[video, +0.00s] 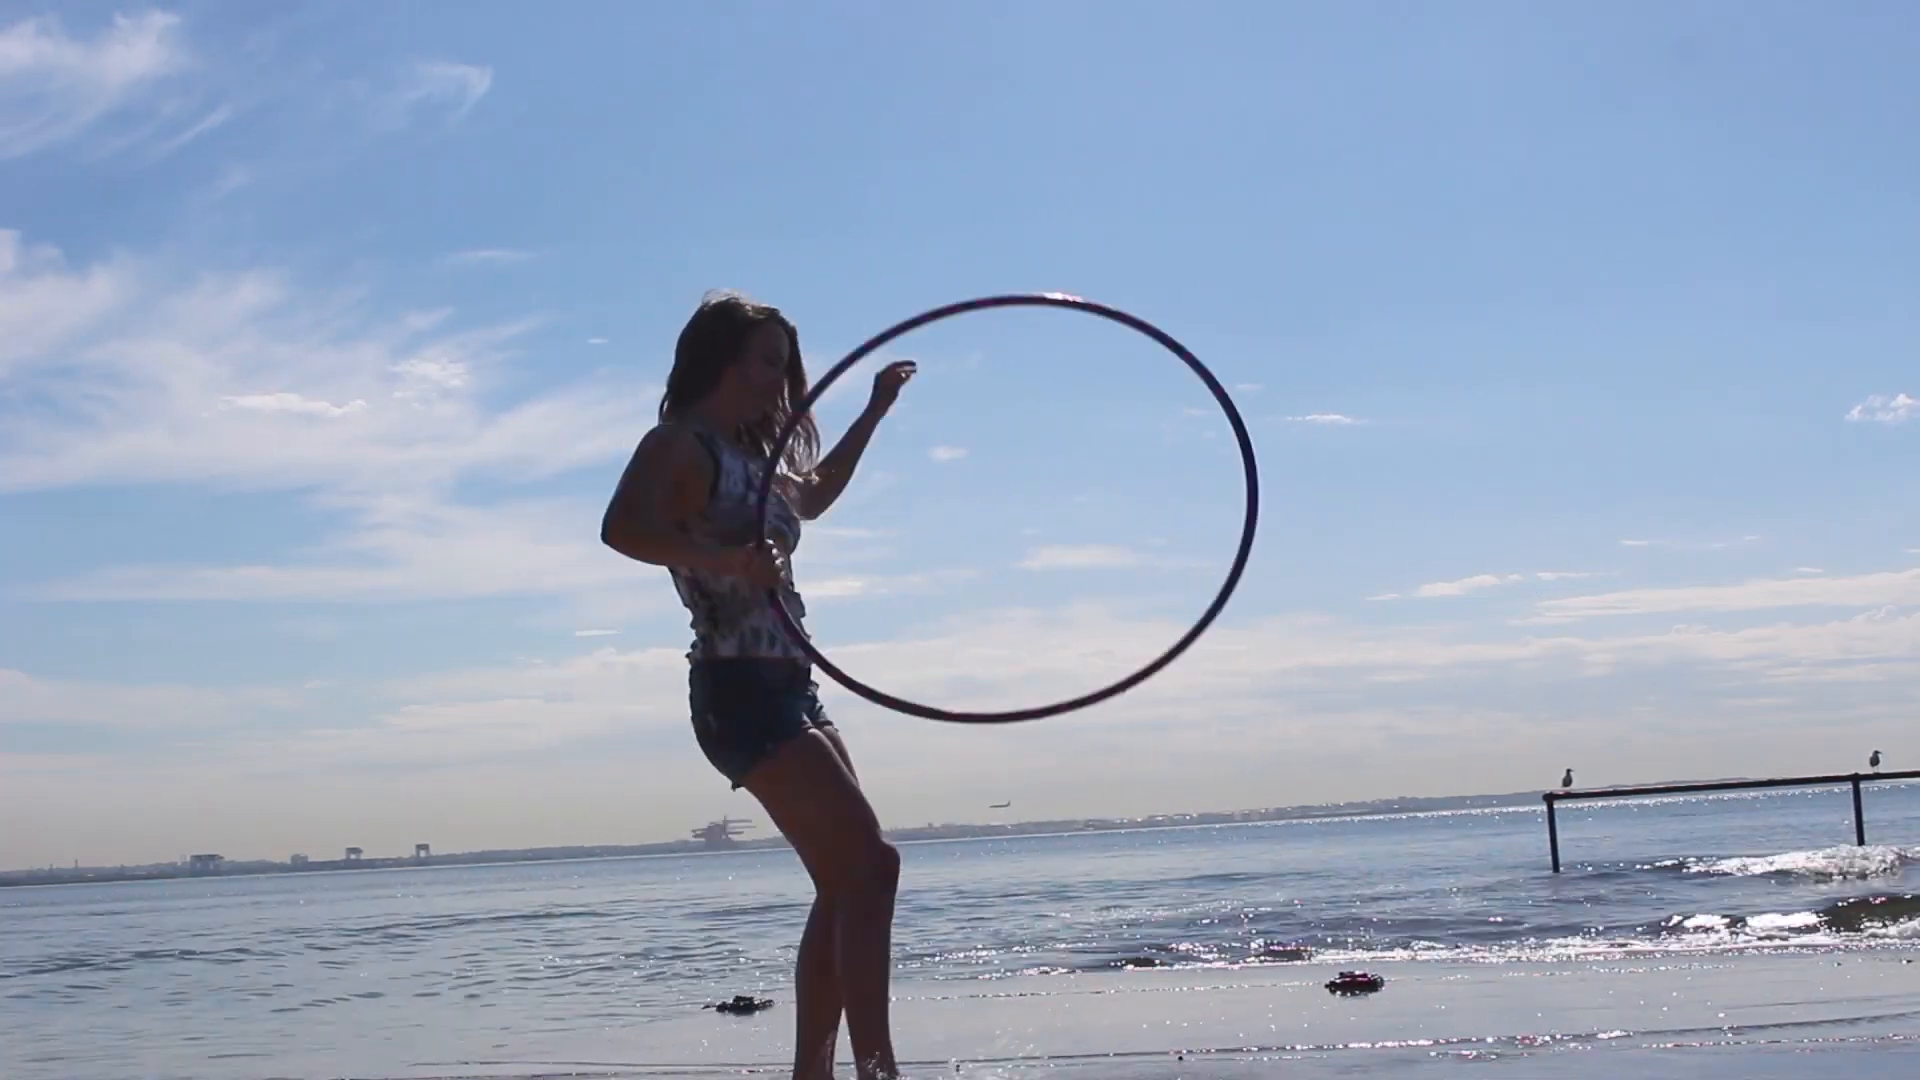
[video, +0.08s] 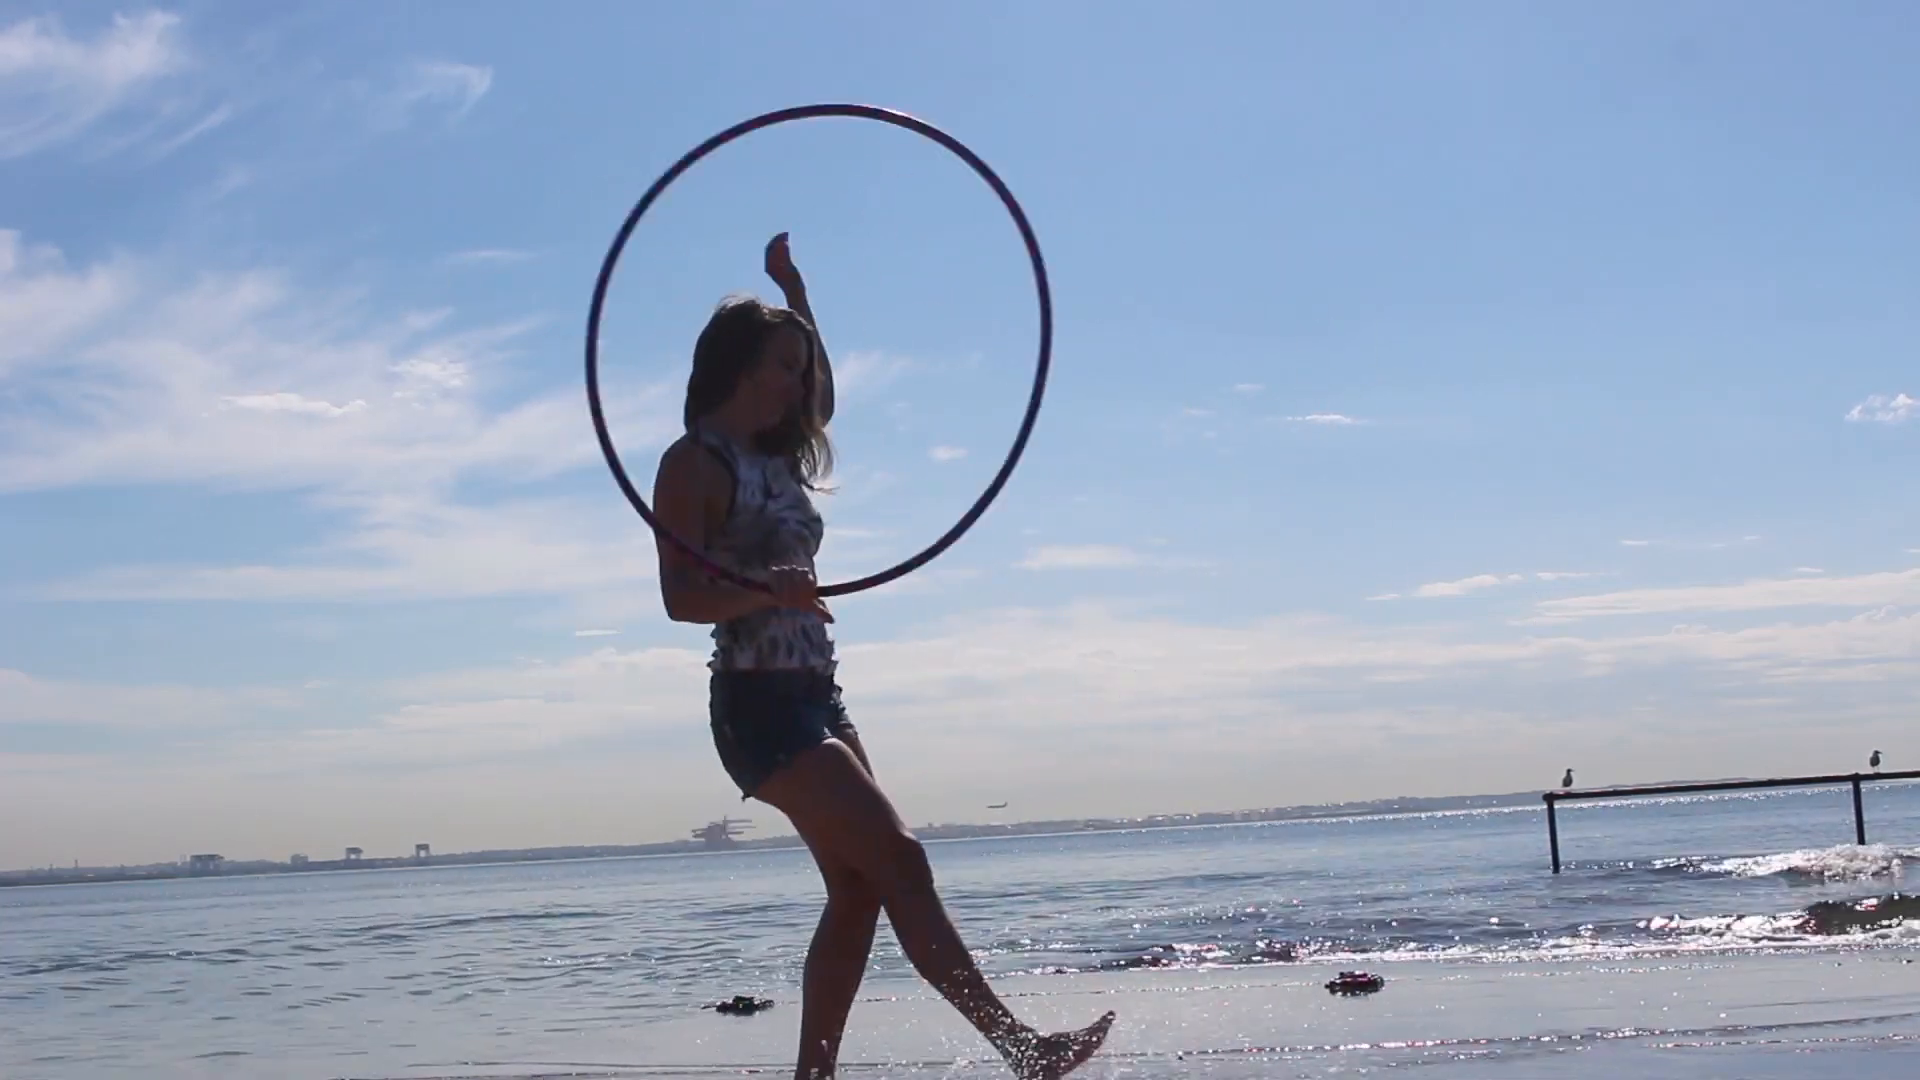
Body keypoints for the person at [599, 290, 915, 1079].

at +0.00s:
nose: (781, 379)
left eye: (785, 366)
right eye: (770, 363)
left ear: (774, 371)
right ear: (724, 362)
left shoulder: (756, 450)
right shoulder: (678, 441)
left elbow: (814, 495)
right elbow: (623, 527)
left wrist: (874, 412)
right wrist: (723, 559)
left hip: (786, 685)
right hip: (744, 690)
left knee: (843, 880)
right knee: (870, 867)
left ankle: (811, 1070)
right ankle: (878, 1066)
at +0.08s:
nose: (798, 385)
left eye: (801, 372)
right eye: (785, 367)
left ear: (786, 379)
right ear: (740, 368)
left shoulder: (777, 451)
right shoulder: (693, 462)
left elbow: (813, 383)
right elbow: (681, 598)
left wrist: (792, 284)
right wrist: (767, 592)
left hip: (814, 695)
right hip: (763, 703)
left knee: (855, 892)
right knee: (900, 865)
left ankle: (813, 1071)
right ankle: (1021, 1046)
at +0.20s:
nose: (813, 396)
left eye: (818, 380)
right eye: (800, 377)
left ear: (817, 389)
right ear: (753, 375)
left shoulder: (797, 452)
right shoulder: (717, 474)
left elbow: (813, 335)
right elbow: (787, 588)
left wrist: (696, 286)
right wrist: (876, 522)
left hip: (841, 699)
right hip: (794, 710)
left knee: (869, 892)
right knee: (932, 838)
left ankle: (814, 1072)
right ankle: (1040, 1044)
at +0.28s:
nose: (827, 391)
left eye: (830, 376)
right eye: (814, 375)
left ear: (817, 381)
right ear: (764, 373)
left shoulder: (796, 450)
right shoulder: (734, 479)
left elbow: (815, 350)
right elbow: (842, 566)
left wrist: (709, 281)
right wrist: (875, 460)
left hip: (852, 696)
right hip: (814, 706)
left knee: (874, 892)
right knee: (950, 861)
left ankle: (814, 1071)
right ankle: (973, 1055)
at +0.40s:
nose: (839, 341)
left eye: (835, 328)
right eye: (825, 329)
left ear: (761, 354)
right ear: (780, 349)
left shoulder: (748, 436)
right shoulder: (786, 452)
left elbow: (717, 358)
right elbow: (911, 487)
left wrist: (731, 267)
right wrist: (889, 385)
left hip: (821, 664)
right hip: (872, 664)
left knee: (850, 868)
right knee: (941, 854)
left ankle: (821, 1063)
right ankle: (959, 1056)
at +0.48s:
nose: (849, 311)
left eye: (842, 298)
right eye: (835, 299)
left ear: (763, 327)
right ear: (803, 318)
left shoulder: (739, 416)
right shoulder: (843, 414)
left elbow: (679, 449)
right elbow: (958, 361)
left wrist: (697, 352)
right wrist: (895, 268)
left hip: (808, 641)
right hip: (895, 636)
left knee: (846, 844)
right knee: (920, 850)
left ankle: (857, 1050)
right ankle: (963, 1051)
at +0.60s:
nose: (818, 315)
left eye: (795, 322)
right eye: (836, 316)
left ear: (779, 358)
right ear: (860, 342)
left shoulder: (759, 417)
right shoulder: (896, 380)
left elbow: (745, 545)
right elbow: (902, 225)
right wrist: (850, 114)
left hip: (816, 634)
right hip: (909, 619)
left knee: (869, 853)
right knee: (942, 838)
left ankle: (905, 1051)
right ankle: (995, 1040)